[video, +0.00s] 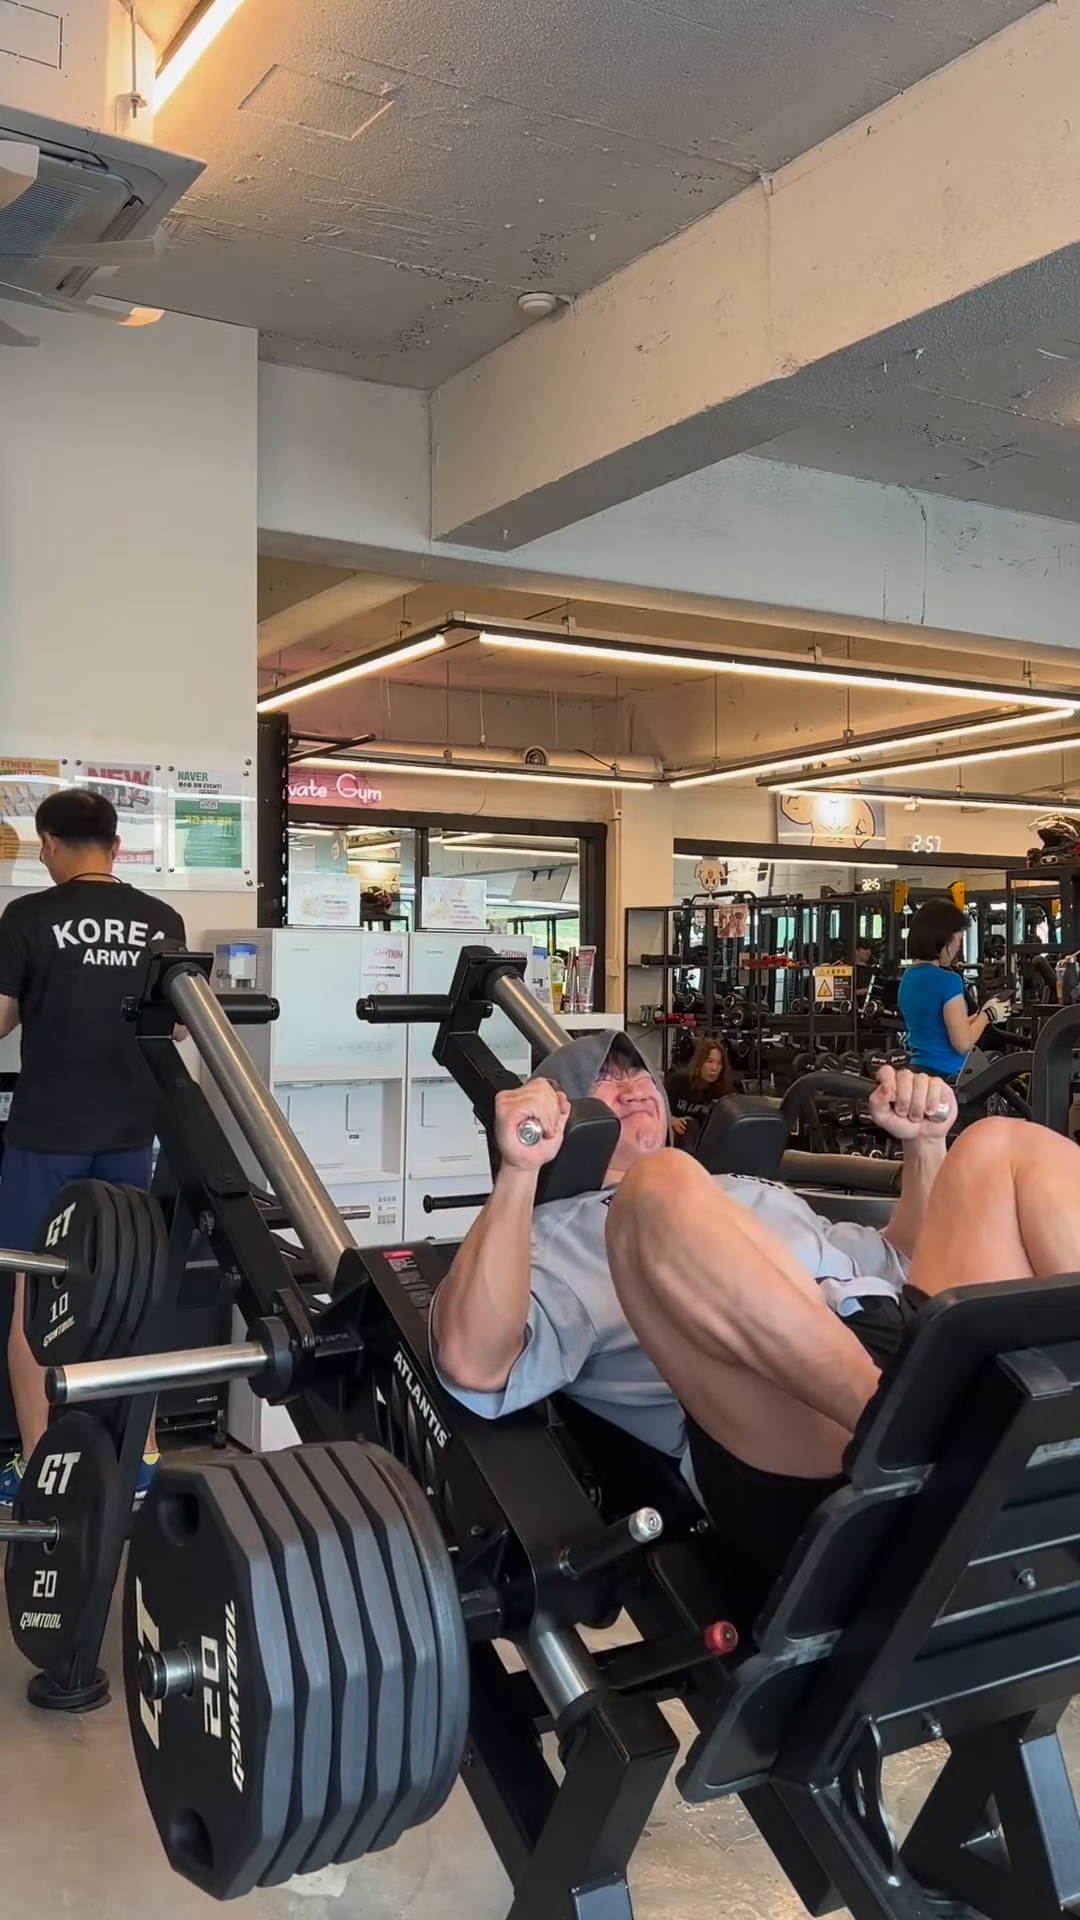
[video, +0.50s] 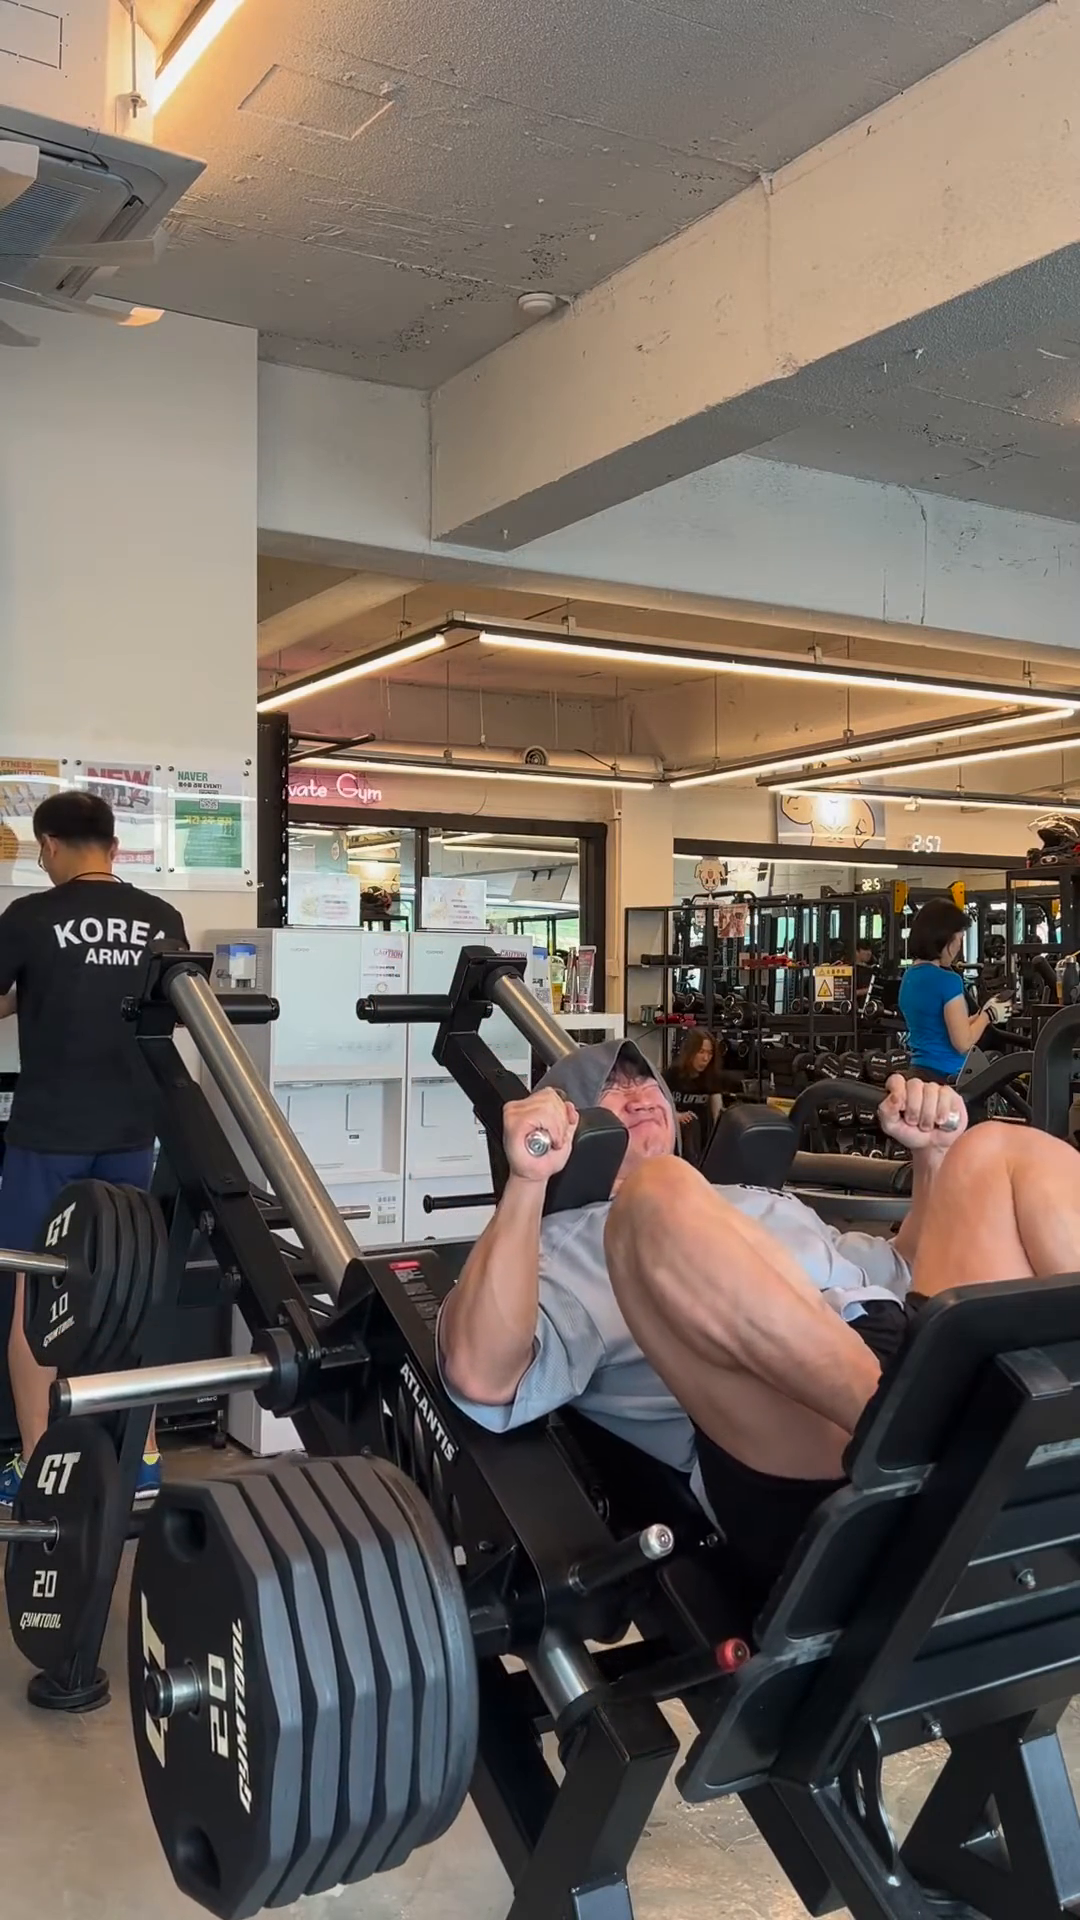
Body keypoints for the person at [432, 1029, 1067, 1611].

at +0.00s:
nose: (632, 1088)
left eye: (638, 1074)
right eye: (602, 1081)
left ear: (662, 1102)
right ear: (562, 1120)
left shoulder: (757, 1195)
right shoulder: (552, 1240)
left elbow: (901, 1261)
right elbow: (473, 1365)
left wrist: (922, 1151)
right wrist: (517, 1177)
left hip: (933, 1388)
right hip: (785, 1474)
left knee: (1005, 1146)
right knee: (658, 1187)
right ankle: (899, 1425)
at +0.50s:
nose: (635, 1096)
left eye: (641, 1079)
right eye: (605, 1090)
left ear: (668, 1102)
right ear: (567, 1129)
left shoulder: (765, 1205)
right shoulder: (562, 1250)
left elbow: (910, 1280)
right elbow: (480, 1376)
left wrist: (932, 1163)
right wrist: (525, 1186)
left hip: (928, 1389)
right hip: (788, 1479)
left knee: (1002, 1150)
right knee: (655, 1192)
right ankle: (895, 1424)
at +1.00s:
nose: (628, 1081)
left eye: (633, 1065)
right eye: (597, 1074)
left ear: (657, 1093)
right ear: (554, 1113)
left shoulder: (745, 1188)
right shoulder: (551, 1237)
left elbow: (898, 1266)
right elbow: (469, 1358)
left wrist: (917, 1147)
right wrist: (515, 1171)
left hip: (925, 1381)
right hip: (785, 1474)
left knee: (1005, 1146)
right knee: (672, 1173)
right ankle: (894, 1415)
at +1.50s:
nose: (578, 1024)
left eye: (585, 1011)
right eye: (550, 1014)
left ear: (607, 1044)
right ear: (503, 1054)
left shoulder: (666, 1131)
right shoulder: (504, 1166)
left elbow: (850, 1207)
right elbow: (417, 1270)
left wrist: (848, 1083)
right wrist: (464, 1092)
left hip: (864, 1381)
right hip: (713, 1430)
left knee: (990, 1133)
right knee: (692, 1138)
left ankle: (1071, 1380)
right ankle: (892, 1403)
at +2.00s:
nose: (516, 958)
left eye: (526, 948)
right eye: (493, 951)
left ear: (552, 974)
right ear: (460, 992)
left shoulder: (624, 1057)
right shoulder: (442, 1078)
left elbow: (774, 1135)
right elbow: (358, 1170)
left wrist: (774, 1009)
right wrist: (399, 1011)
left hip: (776, 1253)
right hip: (623, 1308)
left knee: (976, 1149)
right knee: (667, 1166)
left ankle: (1072, 1382)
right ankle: (896, 1424)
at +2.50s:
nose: (469, 891)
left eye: (479, 887)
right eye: (449, 886)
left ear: (503, 921)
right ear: (416, 926)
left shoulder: (571, 989)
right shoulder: (399, 1015)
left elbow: (713, 1070)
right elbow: (314, 1096)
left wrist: (716, 951)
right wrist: (350, 948)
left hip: (699, 1148)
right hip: (564, 1166)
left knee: (864, 1222)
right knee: (698, 1264)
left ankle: (1054, 1349)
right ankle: (902, 1438)